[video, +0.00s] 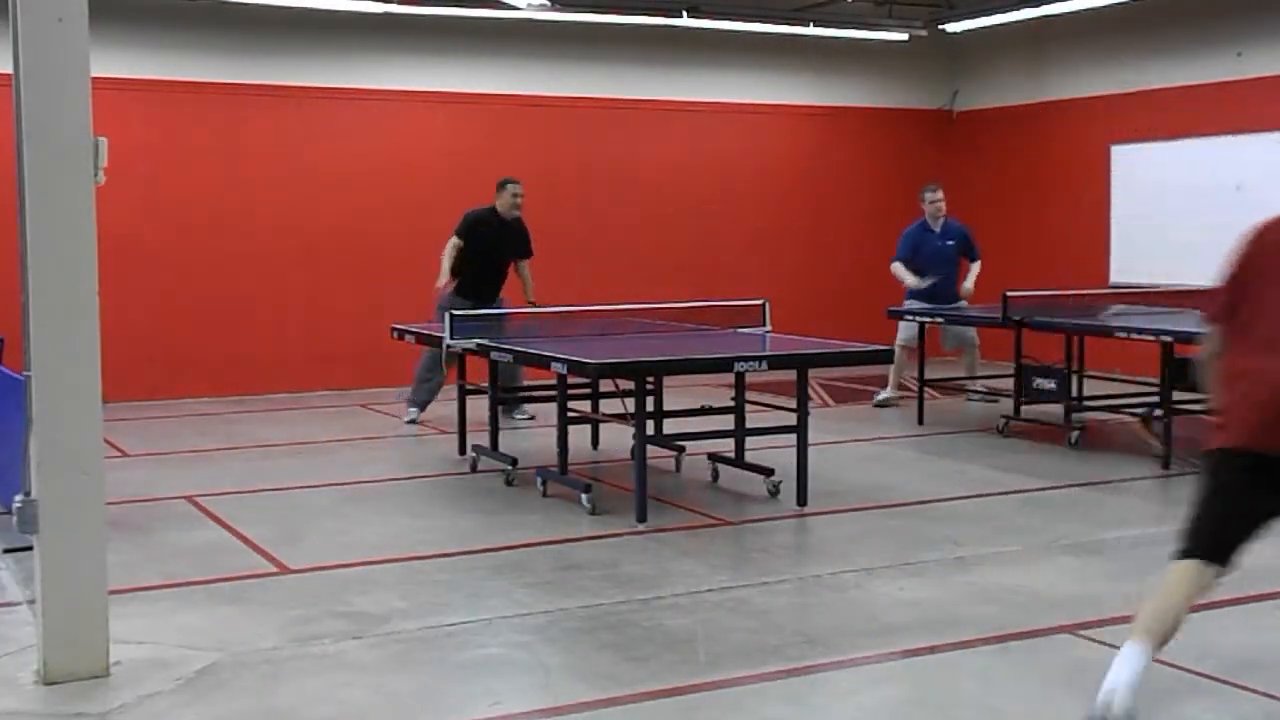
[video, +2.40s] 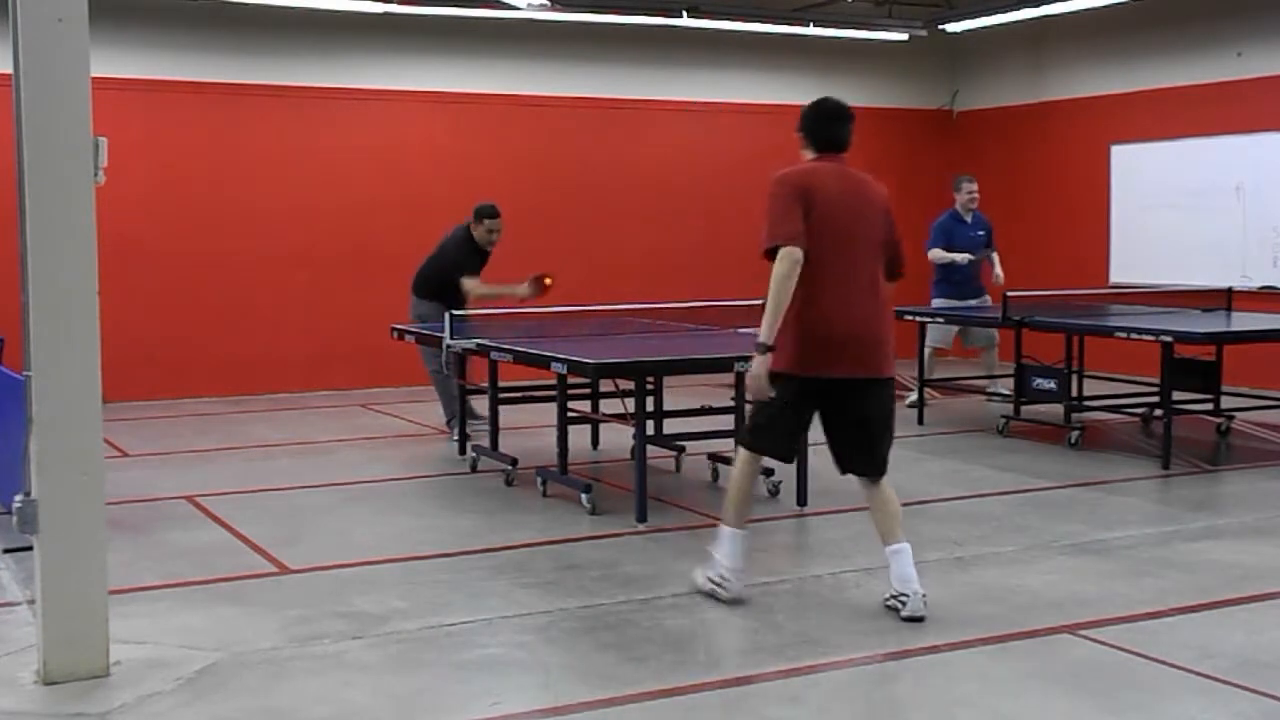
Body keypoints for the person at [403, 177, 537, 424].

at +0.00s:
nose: (520, 201)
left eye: (522, 197)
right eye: (515, 196)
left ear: (521, 199)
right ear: (499, 196)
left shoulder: (518, 228)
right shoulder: (475, 219)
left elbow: (522, 264)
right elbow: (453, 245)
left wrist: (529, 295)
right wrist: (444, 275)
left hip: (490, 304)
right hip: (458, 300)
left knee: (506, 354)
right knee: (440, 350)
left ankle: (511, 405)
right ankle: (416, 403)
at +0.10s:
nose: (510, 190)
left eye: (512, 186)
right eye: (504, 185)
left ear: (515, 190)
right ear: (489, 188)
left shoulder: (512, 221)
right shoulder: (470, 213)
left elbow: (515, 258)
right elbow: (448, 247)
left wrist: (518, 290)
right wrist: (429, 282)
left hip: (490, 296)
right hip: (458, 294)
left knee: (503, 349)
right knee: (446, 345)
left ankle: (511, 404)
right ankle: (429, 399)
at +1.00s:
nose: (473, 181)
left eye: (477, 176)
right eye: (468, 176)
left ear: (482, 180)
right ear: (456, 180)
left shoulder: (488, 211)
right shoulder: (441, 211)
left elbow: (501, 248)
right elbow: (428, 252)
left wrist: (513, 284)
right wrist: (418, 292)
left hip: (486, 295)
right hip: (453, 295)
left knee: (491, 352)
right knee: (448, 352)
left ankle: (490, 407)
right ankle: (431, 412)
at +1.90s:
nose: (485, 211)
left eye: (489, 205)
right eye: (479, 205)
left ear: (493, 204)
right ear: (467, 204)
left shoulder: (499, 228)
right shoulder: (447, 226)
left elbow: (507, 261)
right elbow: (422, 256)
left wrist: (518, 294)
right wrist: (450, 282)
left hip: (480, 296)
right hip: (446, 296)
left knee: (488, 350)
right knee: (448, 349)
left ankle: (486, 408)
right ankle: (445, 408)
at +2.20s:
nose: (497, 233)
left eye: (501, 227)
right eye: (491, 228)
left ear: (505, 225)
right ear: (477, 225)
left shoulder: (498, 242)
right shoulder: (459, 245)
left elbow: (488, 264)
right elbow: (432, 287)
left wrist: (490, 284)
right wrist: (462, 308)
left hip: (465, 305)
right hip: (435, 306)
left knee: (480, 355)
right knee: (442, 363)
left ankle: (483, 408)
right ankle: (455, 418)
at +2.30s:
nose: (497, 234)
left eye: (500, 228)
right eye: (491, 228)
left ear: (503, 225)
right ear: (476, 225)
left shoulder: (491, 245)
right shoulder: (459, 246)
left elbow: (471, 273)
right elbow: (447, 295)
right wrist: (489, 308)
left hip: (457, 302)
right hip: (431, 304)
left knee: (465, 357)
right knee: (440, 363)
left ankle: (475, 408)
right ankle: (455, 419)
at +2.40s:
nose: (495, 238)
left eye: (498, 232)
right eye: (490, 231)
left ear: (502, 227)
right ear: (475, 226)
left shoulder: (482, 241)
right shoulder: (461, 245)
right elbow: (472, 288)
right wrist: (518, 290)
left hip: (454, 302)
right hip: (430, 303)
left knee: (458, 355)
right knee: (439, 362)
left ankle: (461, 403)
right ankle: (454, 419)